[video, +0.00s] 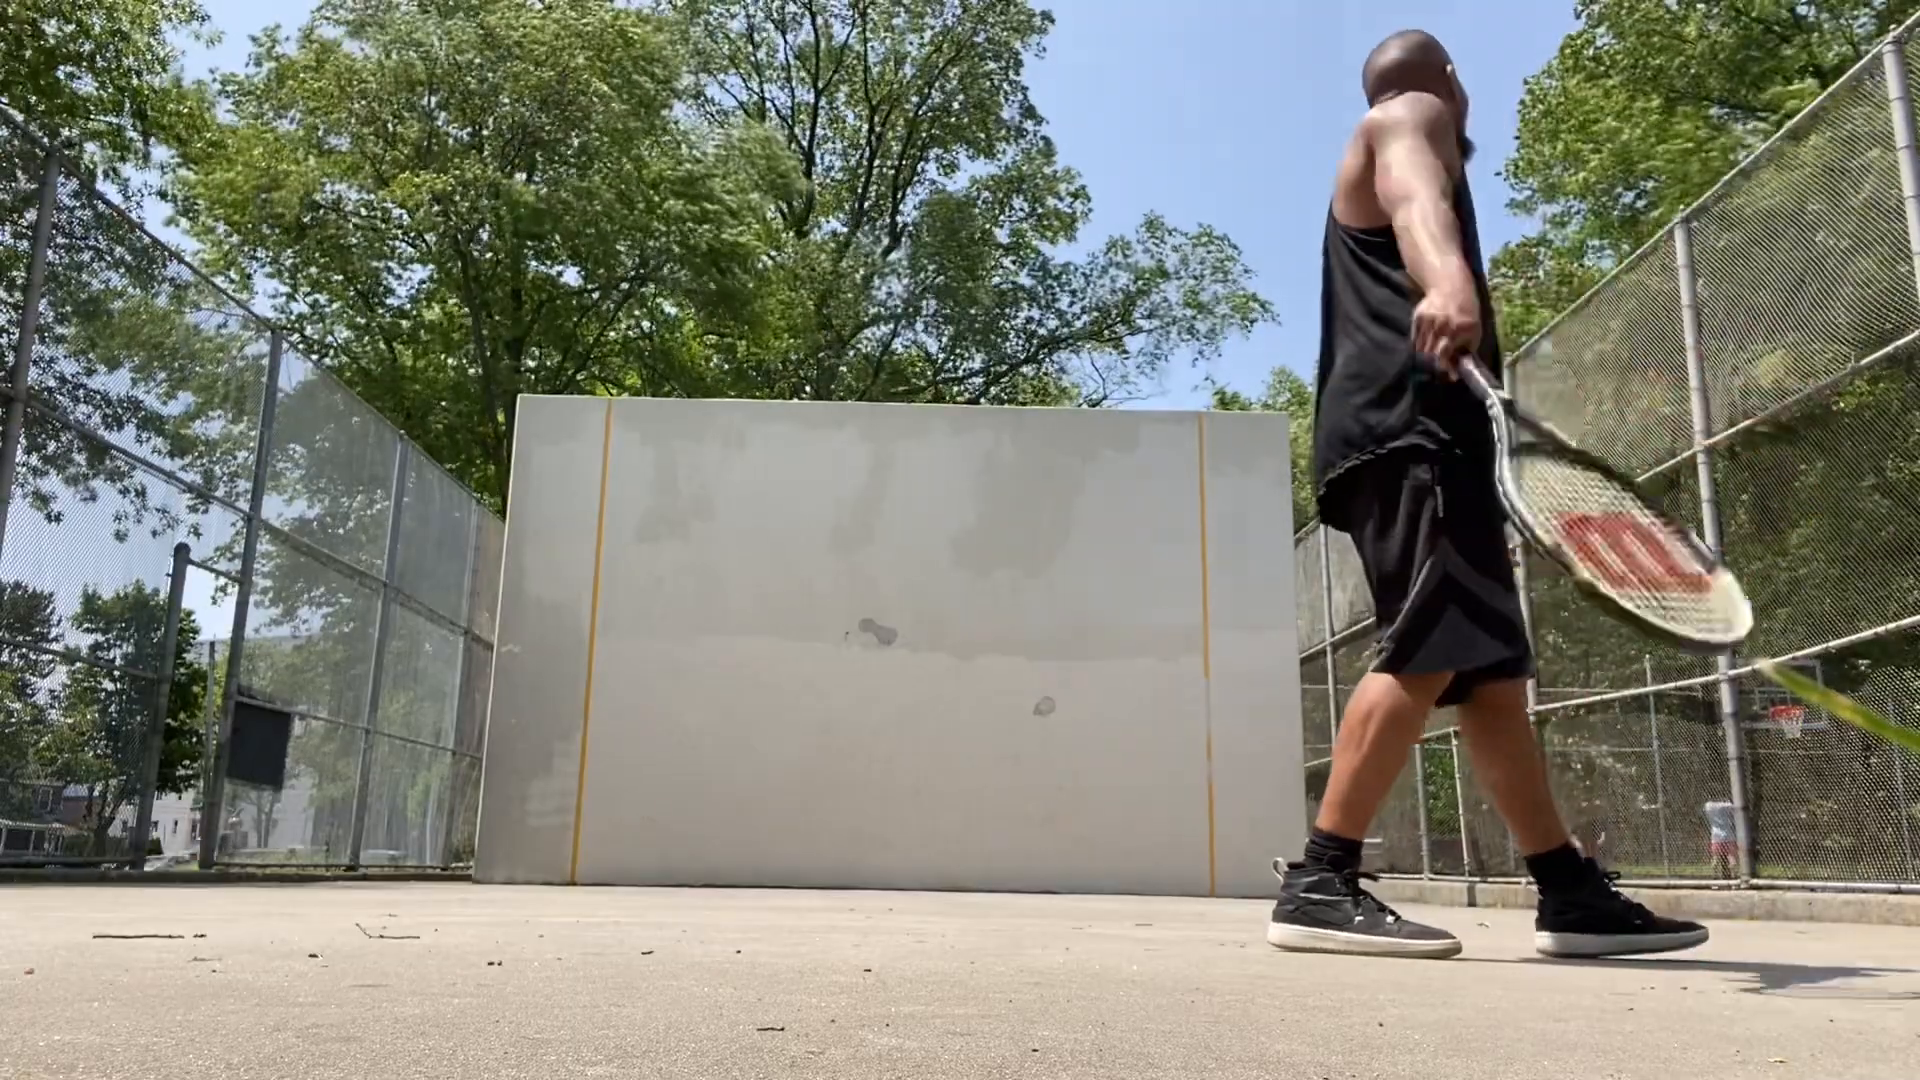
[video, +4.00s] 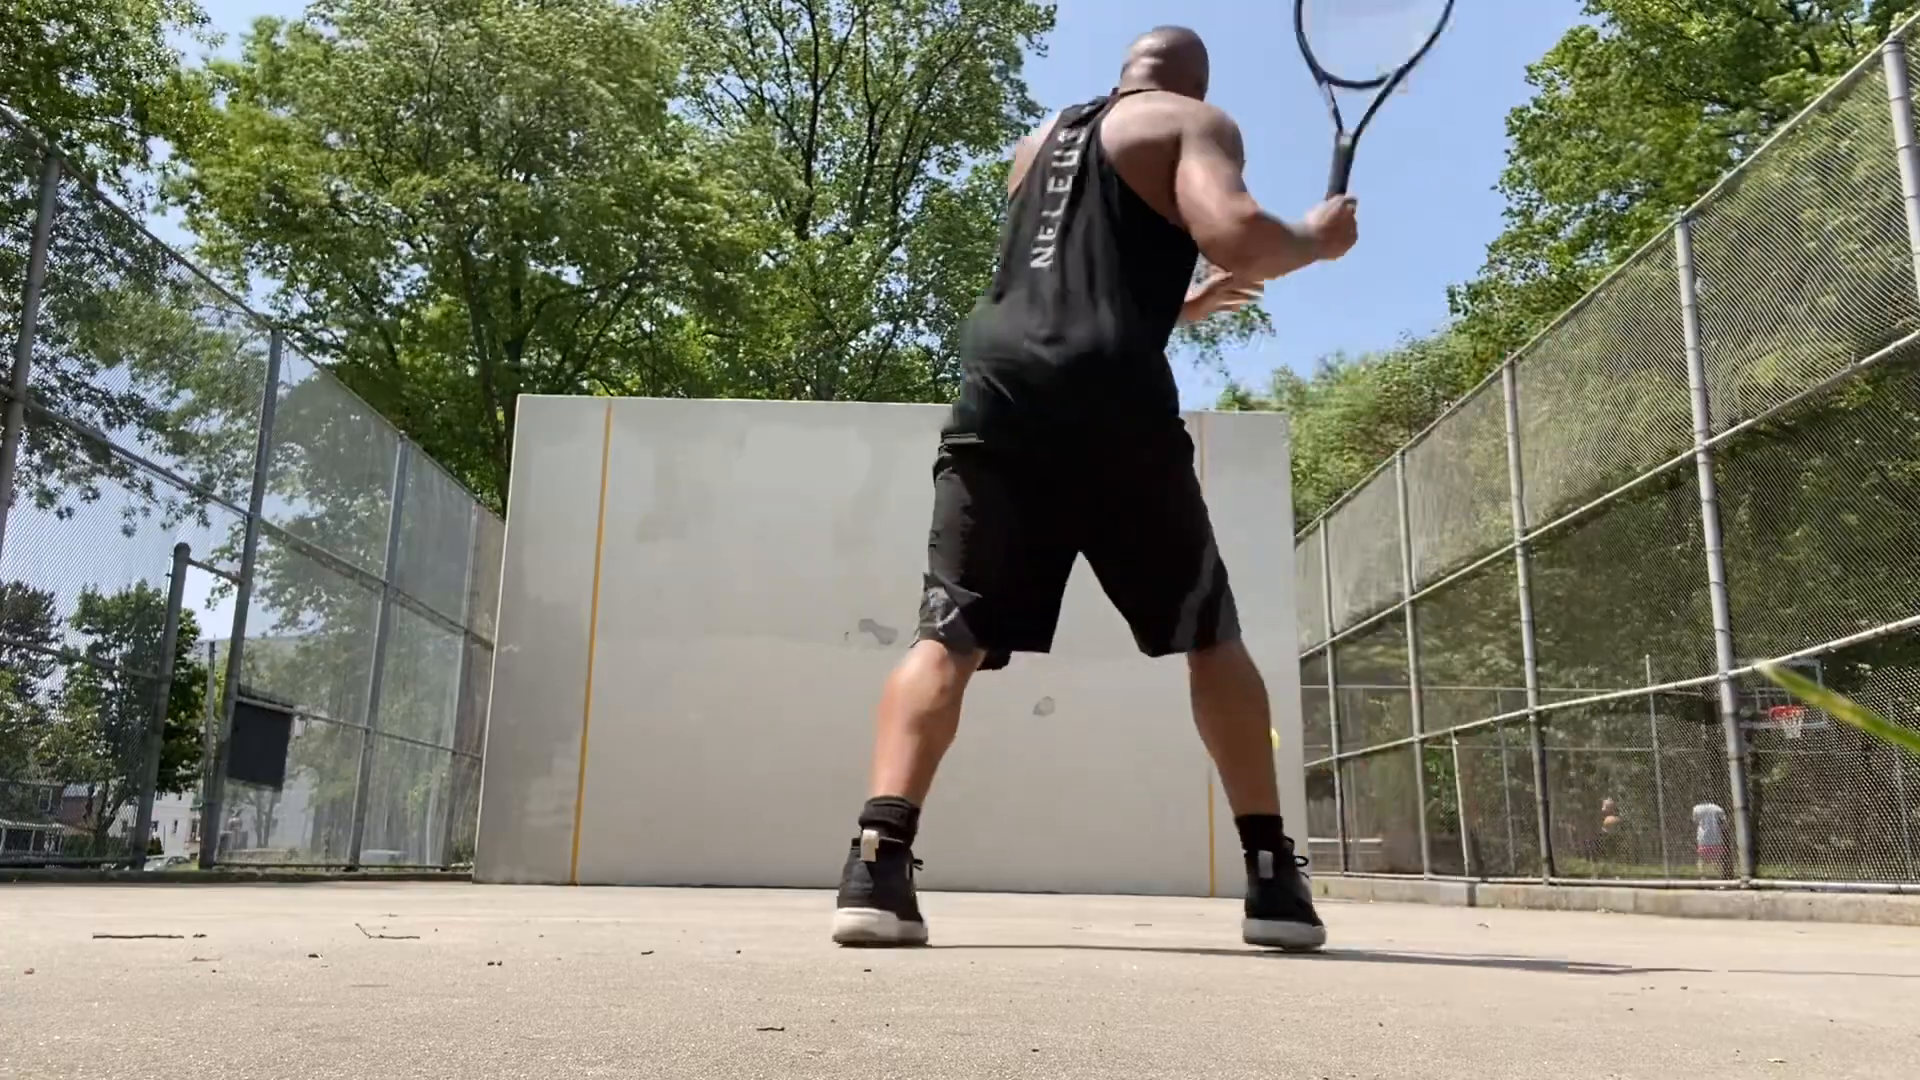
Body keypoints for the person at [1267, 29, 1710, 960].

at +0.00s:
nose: (1466, 96)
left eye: (1460, 85)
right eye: (1460, 81)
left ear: (1382, 88)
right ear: (1438, 73)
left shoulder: (1392, 155)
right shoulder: (1413, 111)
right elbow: (1413, 201)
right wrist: (1449, 279)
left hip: (1426, 438)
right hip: (1405, 429)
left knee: (1489, 664)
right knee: (1427, 644)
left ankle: (1570, 892)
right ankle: (1321, 881)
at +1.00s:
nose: (1619, 182)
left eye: (1608, 176)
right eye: (1609, 177)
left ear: (1550, 220)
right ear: (1601, 189)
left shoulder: (1547, 307)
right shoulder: (1667, 224)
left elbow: (1481, 418)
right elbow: (1810, 163)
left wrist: (1446, 545)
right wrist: (1695, 102)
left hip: (1654, 504)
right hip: (1764, 477)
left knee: (1671, 686)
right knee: (1839, 678)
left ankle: (1613, 846)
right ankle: (1863, 903)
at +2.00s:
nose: (1483, 298)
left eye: (1484, 289)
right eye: (1485, 290)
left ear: (1496, 287)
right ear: (1568, 282)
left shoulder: (1475, 345)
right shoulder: (1629, 322)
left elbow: (1473, 479)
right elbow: (1706, 437)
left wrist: (1545, 499)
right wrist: (1635, 464)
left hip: (1553, 547)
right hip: (1659, 541)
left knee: (1496, 712)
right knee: (1721, 716)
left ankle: (1473, 891)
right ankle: (1843, 893)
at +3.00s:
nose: (1601, 229)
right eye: (1591, 219)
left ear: (1524, 235)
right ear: (1571, 234)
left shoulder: (1505, 289)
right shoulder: (1606, 305)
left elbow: (1435, 401)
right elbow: (1481, 313)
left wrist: (1363, 348)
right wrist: (1470, 236)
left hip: (1530, 490)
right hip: (1625, 500)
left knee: (1425, 664)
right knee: (1640, 706)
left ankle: (1389, 844)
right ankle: (1710, 899)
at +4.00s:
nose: (1202, 101)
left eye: (1184, 85)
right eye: (1204, 91)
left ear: (1123, 73)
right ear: (1196, 84)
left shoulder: (1038, 143)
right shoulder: (1194, 119)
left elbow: (1060, 296)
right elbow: (1235, 240)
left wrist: (1191, 304)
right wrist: (1315, 240)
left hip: (994, 401)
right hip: (1116, 408)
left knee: (948, 635)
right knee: (1210, 637)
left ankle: (876, 867)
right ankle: (1275, 881)